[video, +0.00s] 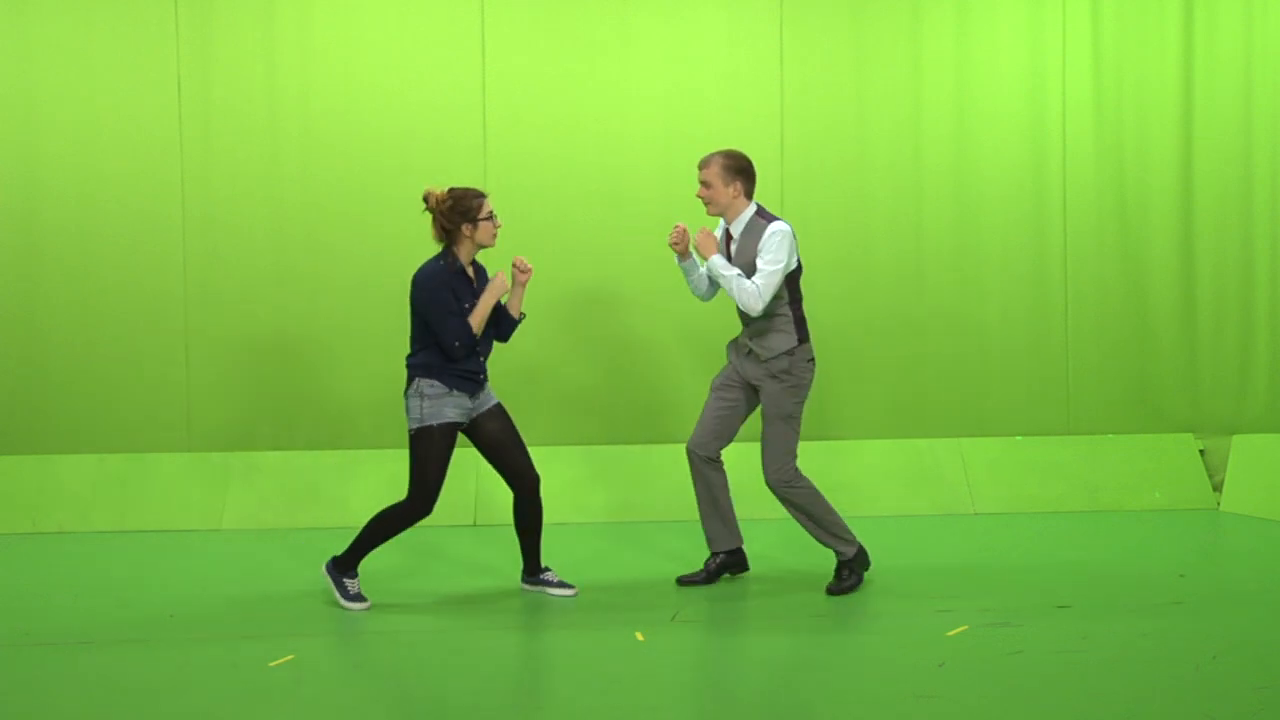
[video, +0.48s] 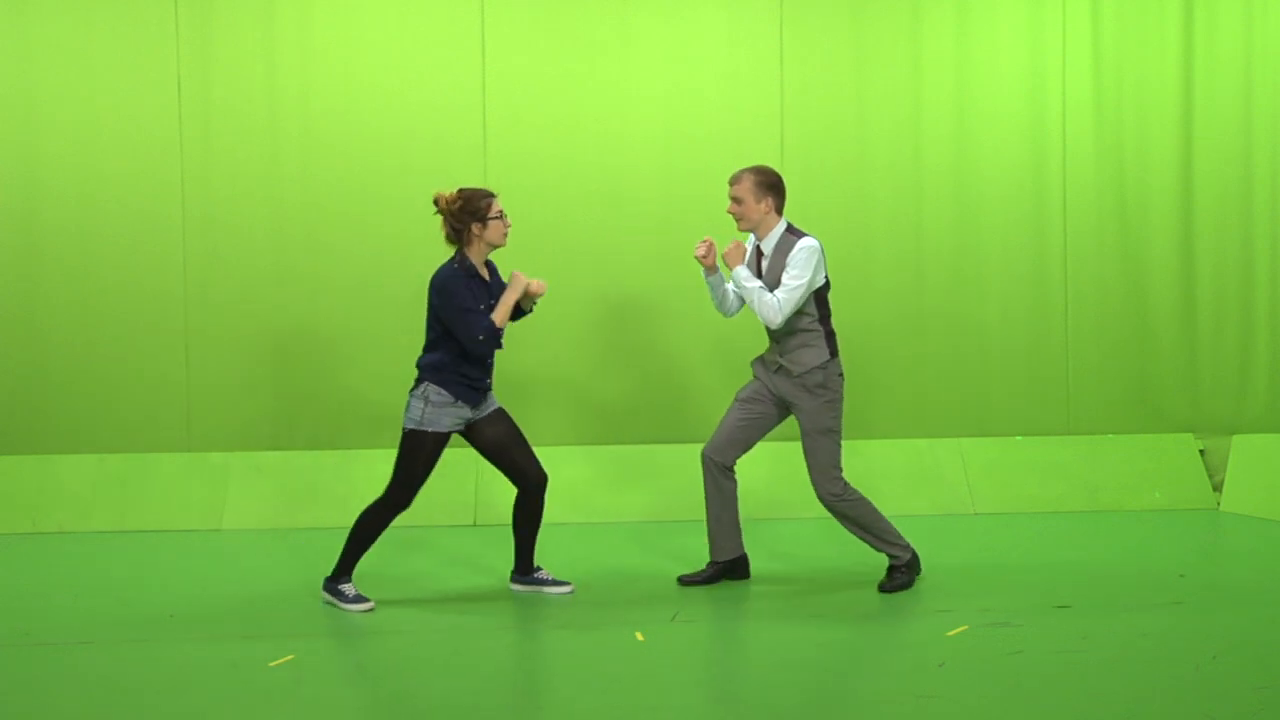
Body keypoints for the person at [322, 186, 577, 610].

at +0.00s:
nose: (497, 224)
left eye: (494, 217)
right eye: (489, 219)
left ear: (470, 228)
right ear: (465, 228)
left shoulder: (479, 274)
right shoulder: (431, 277)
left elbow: (502, 331)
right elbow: (458, 343)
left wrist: (519, 288)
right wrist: (491, 295)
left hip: (475, 391)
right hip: (434, 391)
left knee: (526, 480)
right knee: (420, 503)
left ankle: (534, 571)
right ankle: (343, 566)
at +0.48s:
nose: (506, 224)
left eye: (504, 217)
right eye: (499, 218)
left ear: (478, 228)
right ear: (475, 228)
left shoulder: (489, 272)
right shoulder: (449, 279)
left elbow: (498, 322)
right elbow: (482, 341)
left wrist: (523, 303)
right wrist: (512, 295)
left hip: (478, 400)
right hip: (436, 398)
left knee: (533, 479)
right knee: (400, 496)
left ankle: (525, 571)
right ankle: (338, 579)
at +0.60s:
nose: (517, 215)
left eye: (515, 207)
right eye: (509, 209)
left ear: (487, 215)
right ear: (485, 217)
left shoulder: (494, 258)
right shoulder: (465, 270)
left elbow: (532, 269)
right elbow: (475, 337)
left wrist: (558, 242)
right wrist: (524, 305)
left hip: (496, 386)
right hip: (468, 390)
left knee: (532, 477)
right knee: (503, 491)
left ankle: (525, 571)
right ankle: (409, 538)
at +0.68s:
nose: (523, 215)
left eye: (522, 208)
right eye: (517, 209)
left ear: (496, 213)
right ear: (490, 214)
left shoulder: (504, 251)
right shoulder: (465, 265)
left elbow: (550, 243)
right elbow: (464, 334)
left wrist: (580, 208)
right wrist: (518, 315)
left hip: (487, 375)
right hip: (477, 377)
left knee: (525, 472)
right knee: (573, 427)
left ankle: (524, 571)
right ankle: (503, 498)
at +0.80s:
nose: (534, 220)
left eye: (532, 213)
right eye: (527, 215)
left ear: (505, 220)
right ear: (501, 221)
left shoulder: (514, 253)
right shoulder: (470, 270)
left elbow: (561, 239)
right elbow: (470, 335)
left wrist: (584, 195)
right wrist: (526, 315)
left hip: (500, 371)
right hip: (485, 372)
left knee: (531, 473)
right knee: (587, 332)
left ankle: (524, 571)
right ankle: (654, 412)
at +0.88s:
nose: (538, 225)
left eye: (537, 217)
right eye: (531, 219)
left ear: (511, 224)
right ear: (505, 224)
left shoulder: (516, 257)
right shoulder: (476, 270)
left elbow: (562, 255)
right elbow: (481, 332)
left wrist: (575, 213)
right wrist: (534, 310)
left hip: (507, 374)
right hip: (493, 374)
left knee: (538, 474)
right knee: (587, 324)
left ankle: (524, 571)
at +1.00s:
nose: (534, 221)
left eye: (534, 213)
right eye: (528, 215)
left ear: (506, 218)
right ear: (502, 219)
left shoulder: (507, 255)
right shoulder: (478, 265)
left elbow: (546, 266)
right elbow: (489, 328)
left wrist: (567, 232)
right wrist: (540, 299)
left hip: (518, 373)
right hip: (505, 371)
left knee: (544, 473)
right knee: (586, 304)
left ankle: (525, 570)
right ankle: (660, 375)